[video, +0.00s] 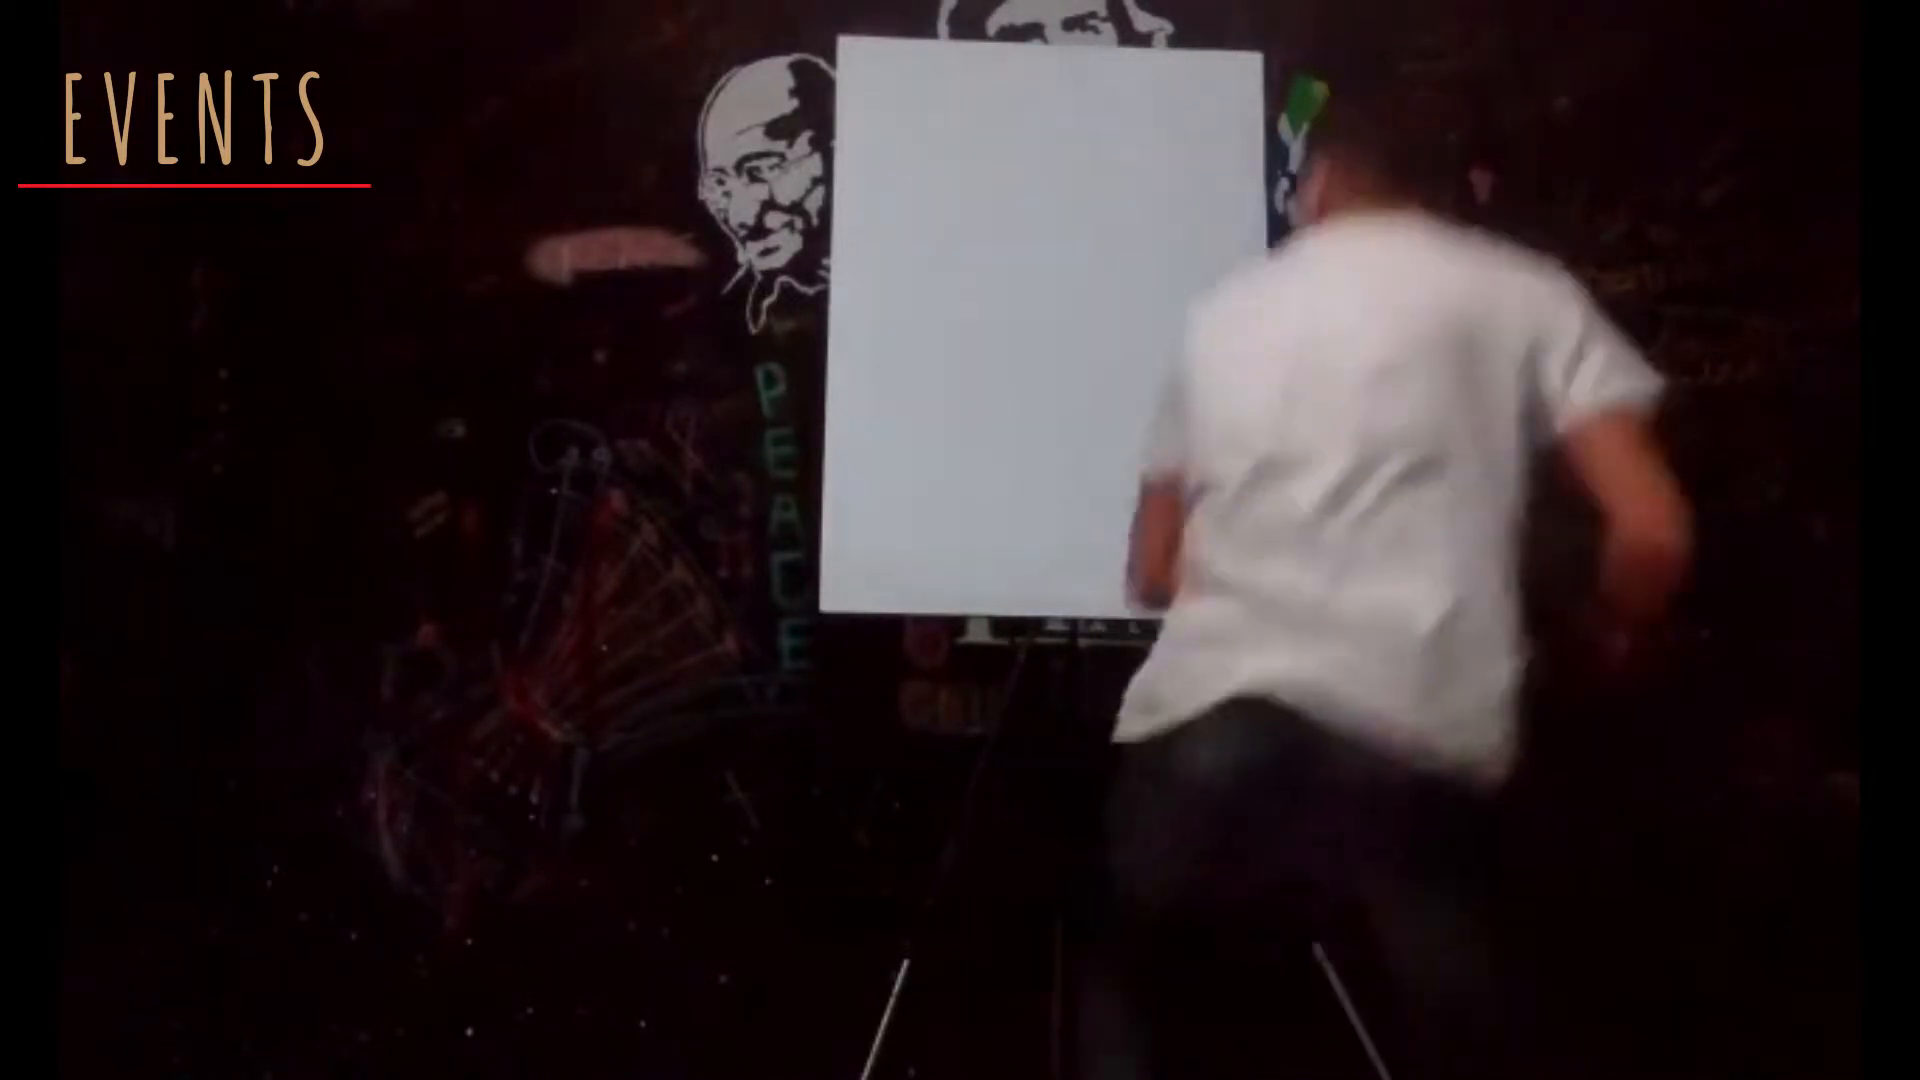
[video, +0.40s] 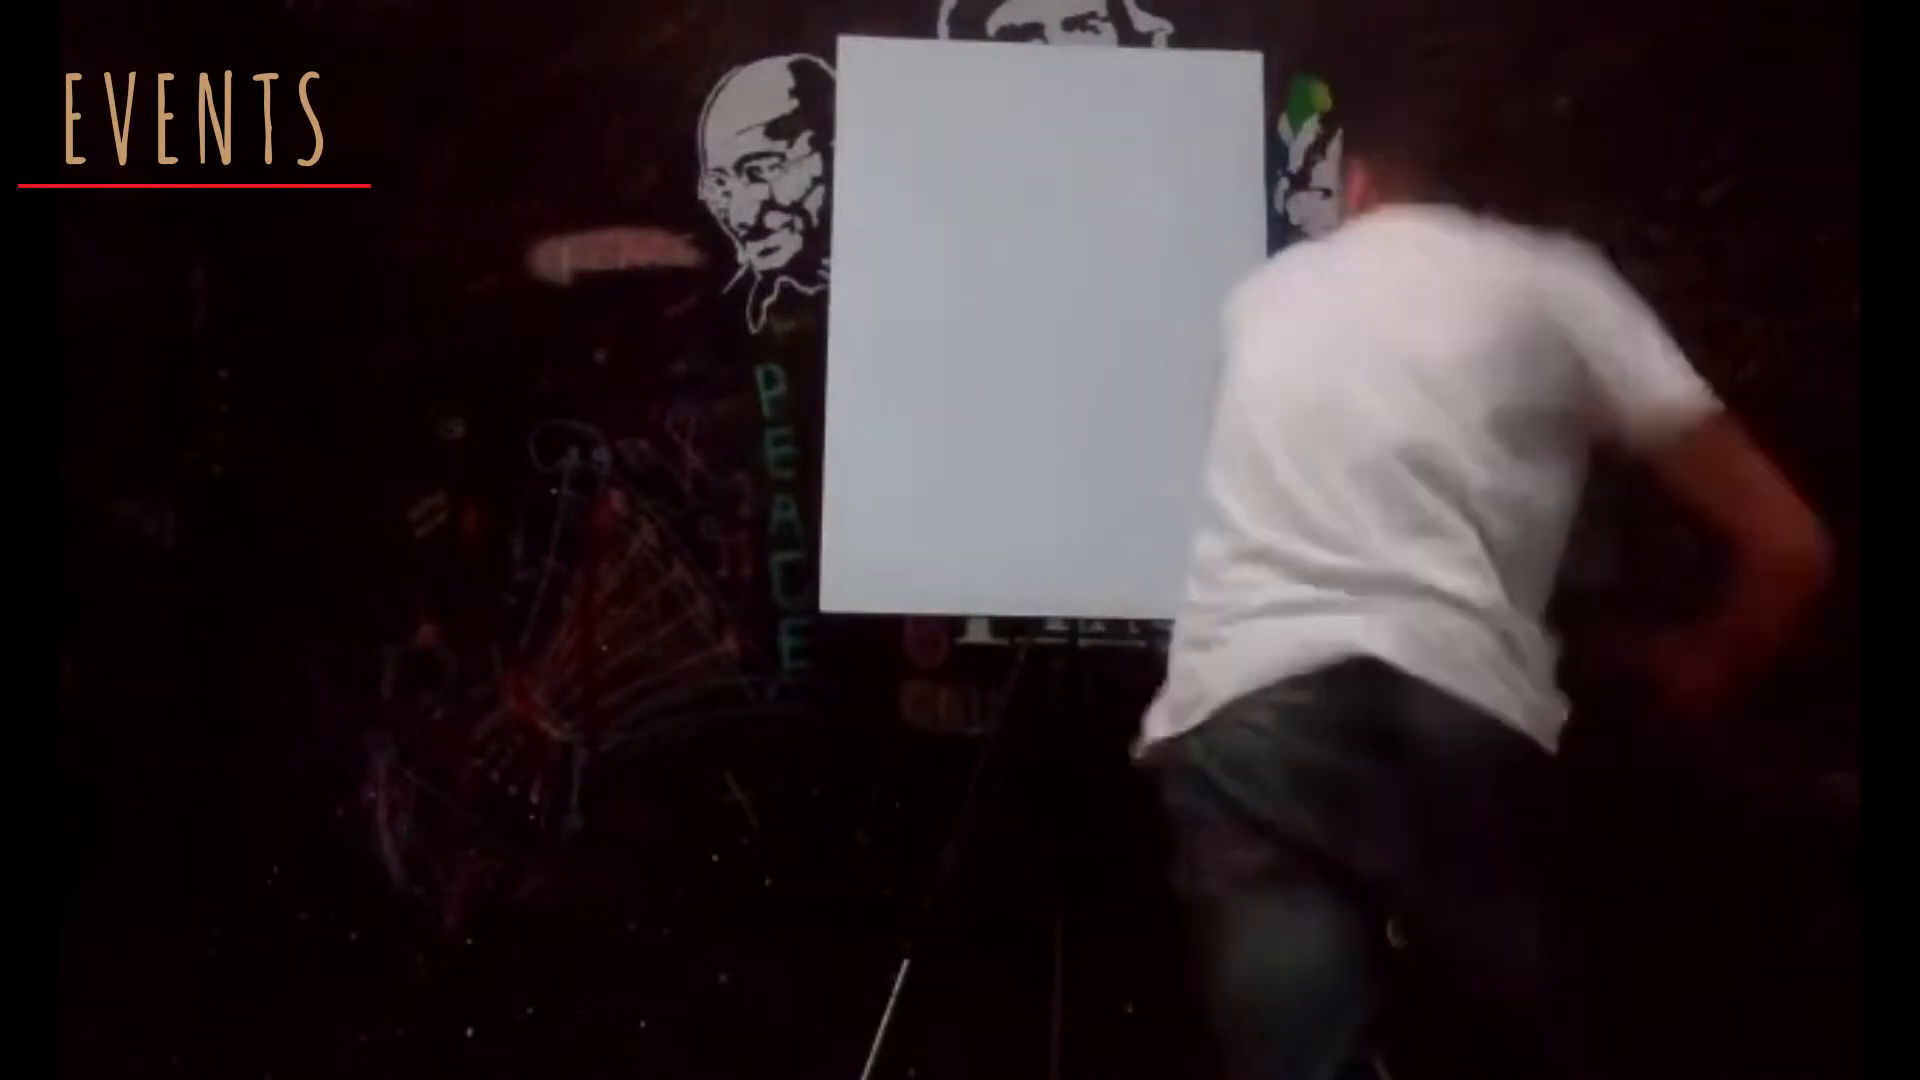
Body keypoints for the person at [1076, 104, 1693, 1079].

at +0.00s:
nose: (1299, 192)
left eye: (1305, 171)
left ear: (1326, 178)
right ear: (1455, 183)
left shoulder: (1226, 308)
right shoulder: (1524, 292)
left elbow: (1156, 565)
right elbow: (1650, 530)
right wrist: (1610, 636)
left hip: (1197, 738)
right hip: (1422, 750)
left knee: (1160, 1042)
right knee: (1454, 1050)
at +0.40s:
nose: (1333, 199)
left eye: (1334, 184)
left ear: (1357, 183)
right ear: (1485, 181)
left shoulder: (1264, 291)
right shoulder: (1553, 277)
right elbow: (1786, 541)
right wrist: (1702, 663)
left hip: (1242, 708)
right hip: (1466, 710)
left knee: (1290, 1053)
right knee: (1513, 1041)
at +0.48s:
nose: (1305, 242)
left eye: (1309, 228)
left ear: (1326, 223)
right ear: (1452, 227)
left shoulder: (1262, 293)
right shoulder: (1540, 373)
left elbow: (1203, 545)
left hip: (1253, 745)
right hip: (1482, 753)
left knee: (1226, 1053)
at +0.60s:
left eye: (1302, 235)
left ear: (1297, 237)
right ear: (1414, 251)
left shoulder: (1248, 305)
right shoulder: (1509, 381)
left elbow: (1180, 571)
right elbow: (1634, 649)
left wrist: (1153, 751)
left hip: (1268, 775)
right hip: (1498, 785)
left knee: (1202, 1052)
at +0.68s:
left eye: (1245, 291)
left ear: (1252, 282)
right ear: (1367, 290)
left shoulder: (1249, 321)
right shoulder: (1464, 406)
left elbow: (1232, 488)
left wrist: (1147, 742)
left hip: (1308, 807)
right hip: (1513, 826)